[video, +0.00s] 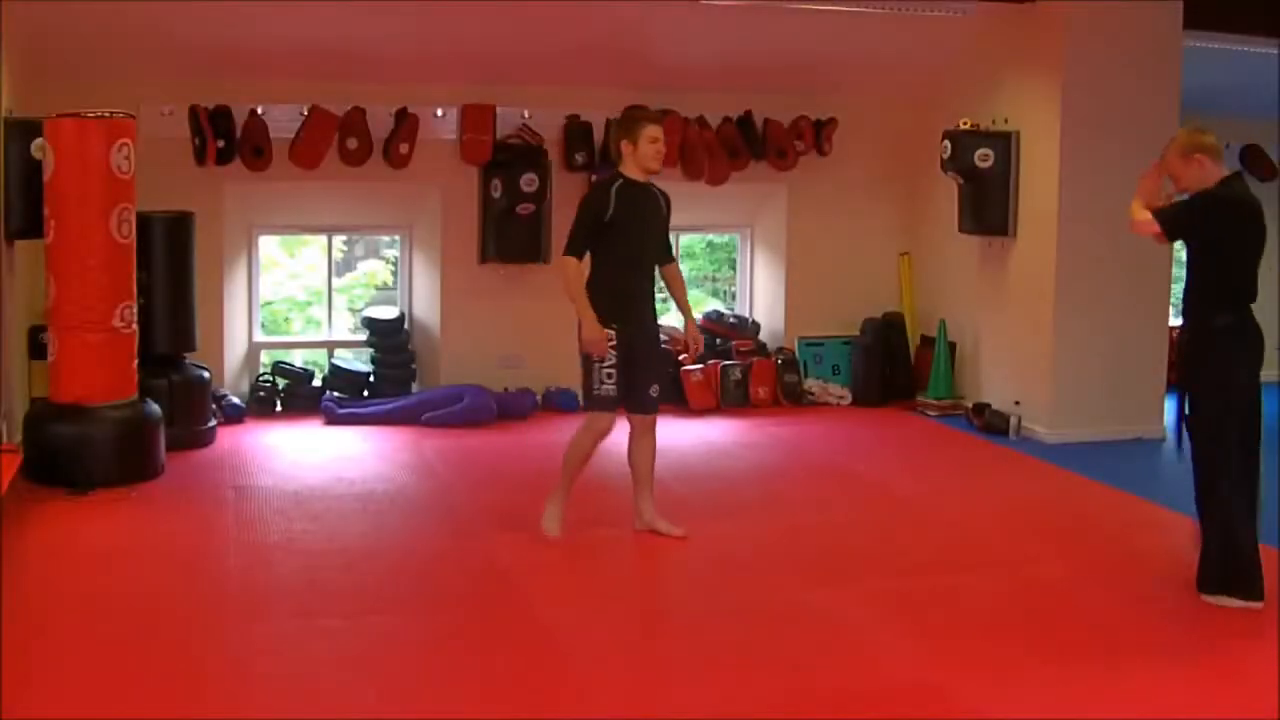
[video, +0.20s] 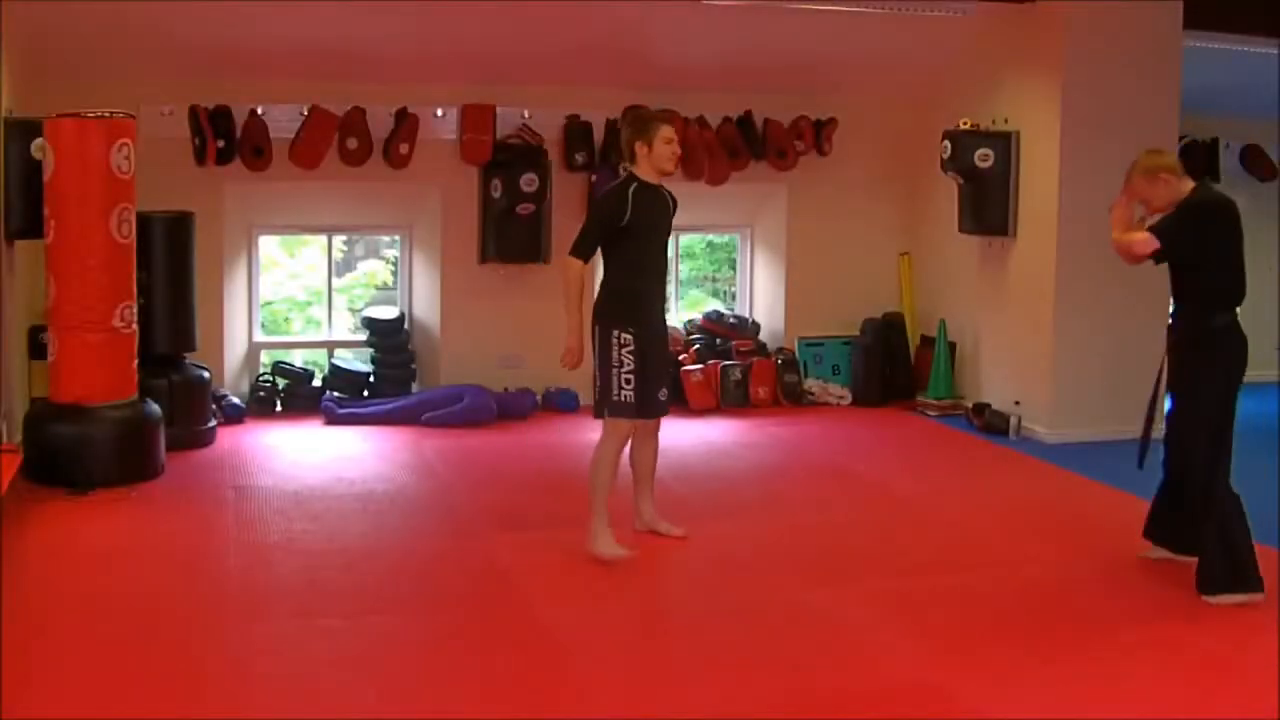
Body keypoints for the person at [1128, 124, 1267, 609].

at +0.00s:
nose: (1176, 183)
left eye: (1178, 174)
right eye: (1174, 176)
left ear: (1199, 163)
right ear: (1211, 161)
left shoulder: (1215, 204)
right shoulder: (1244, 203)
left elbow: (1142, 224)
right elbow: (1173, 228)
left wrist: (1146, 196)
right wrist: (1159, 199)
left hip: (1215, 340)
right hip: (1238, 335)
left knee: (1218, 458)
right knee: (1232, 458)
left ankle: (1236, 582)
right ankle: (1231, 575)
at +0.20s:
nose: (1146, 207)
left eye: (1145, 199)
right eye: (1142, 201)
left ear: (1164, 182)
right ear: (1172, 177)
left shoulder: (1199, 211)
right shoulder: (1213, 205)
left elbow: (1132, 247)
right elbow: (1156, 245)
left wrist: (1122, 217)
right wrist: (1142, 222)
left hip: (1209, 343)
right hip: (1204, 339)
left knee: (1202, 457)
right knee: (1183, 444)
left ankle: (1238, 577)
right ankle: (1178, 535)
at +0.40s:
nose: (1116, 213)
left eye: (1113, 203)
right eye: (1111, 206)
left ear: (1131, 183)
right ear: (1136, 178)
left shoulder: (1171, 204)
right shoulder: (1184, 199)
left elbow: (1128, 260)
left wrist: (1092, 253)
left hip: (1202, 338)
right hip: (1198, 334)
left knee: (1190, 448)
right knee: (1181, 444)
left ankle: (1223, 554)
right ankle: (1174, 540)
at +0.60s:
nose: (1097, 180)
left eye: (1103, 170)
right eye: (1097, 171)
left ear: (1131, 170)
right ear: (1129, 171)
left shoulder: (1159, 210)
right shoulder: (1149, 209)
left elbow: (1164, 290)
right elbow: (1159, 289)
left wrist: (1141, 353)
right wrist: (1144, 349)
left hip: (1181, 340)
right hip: (1169, 339)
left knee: (1167, 440)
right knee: (1159, 439)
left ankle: (1209, 541)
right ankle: (1178, 540)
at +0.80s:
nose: (1081, 169)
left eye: (1089, 162)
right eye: (1083, 161)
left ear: (1116, 168)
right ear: (1111, 168)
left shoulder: (1146, 210)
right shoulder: (1110, 214)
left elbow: (1171, 285)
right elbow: (1100, 290)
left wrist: (1170, 357)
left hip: (1146, 360)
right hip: (1131, 357)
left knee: (1101, 445)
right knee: (1163, 451)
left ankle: (1104, 550)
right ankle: (1185, 541)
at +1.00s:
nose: (1038, 189)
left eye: (1046, 181)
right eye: (1039, 181)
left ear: (1076, 185)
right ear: (1063, 186)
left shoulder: (1102, 232)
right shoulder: (1054, 231)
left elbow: (1127, 314)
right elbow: (996, 271)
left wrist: (1140, 390)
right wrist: (931, 298)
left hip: (1101, 376)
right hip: (1094, 372)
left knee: (1043, 461)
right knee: (1140, 461)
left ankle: (995, 550)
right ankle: (1178, 545)